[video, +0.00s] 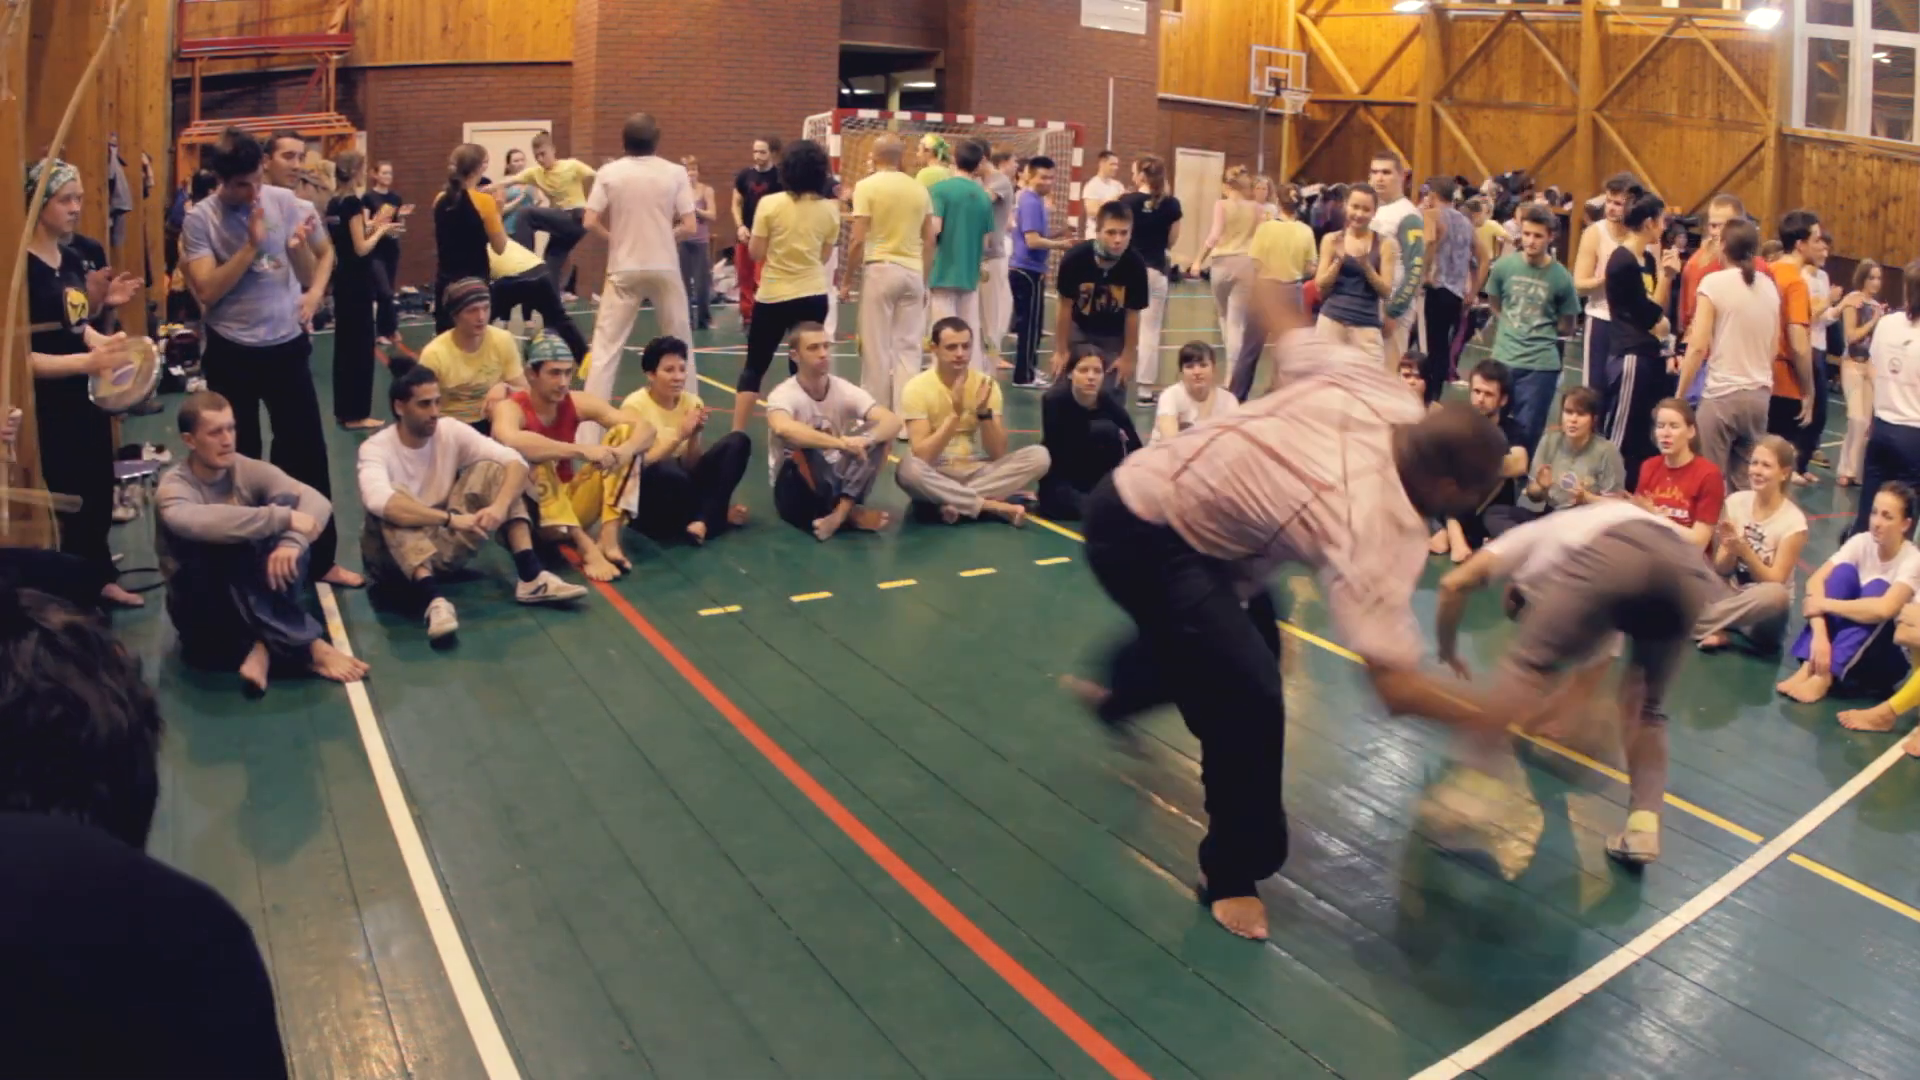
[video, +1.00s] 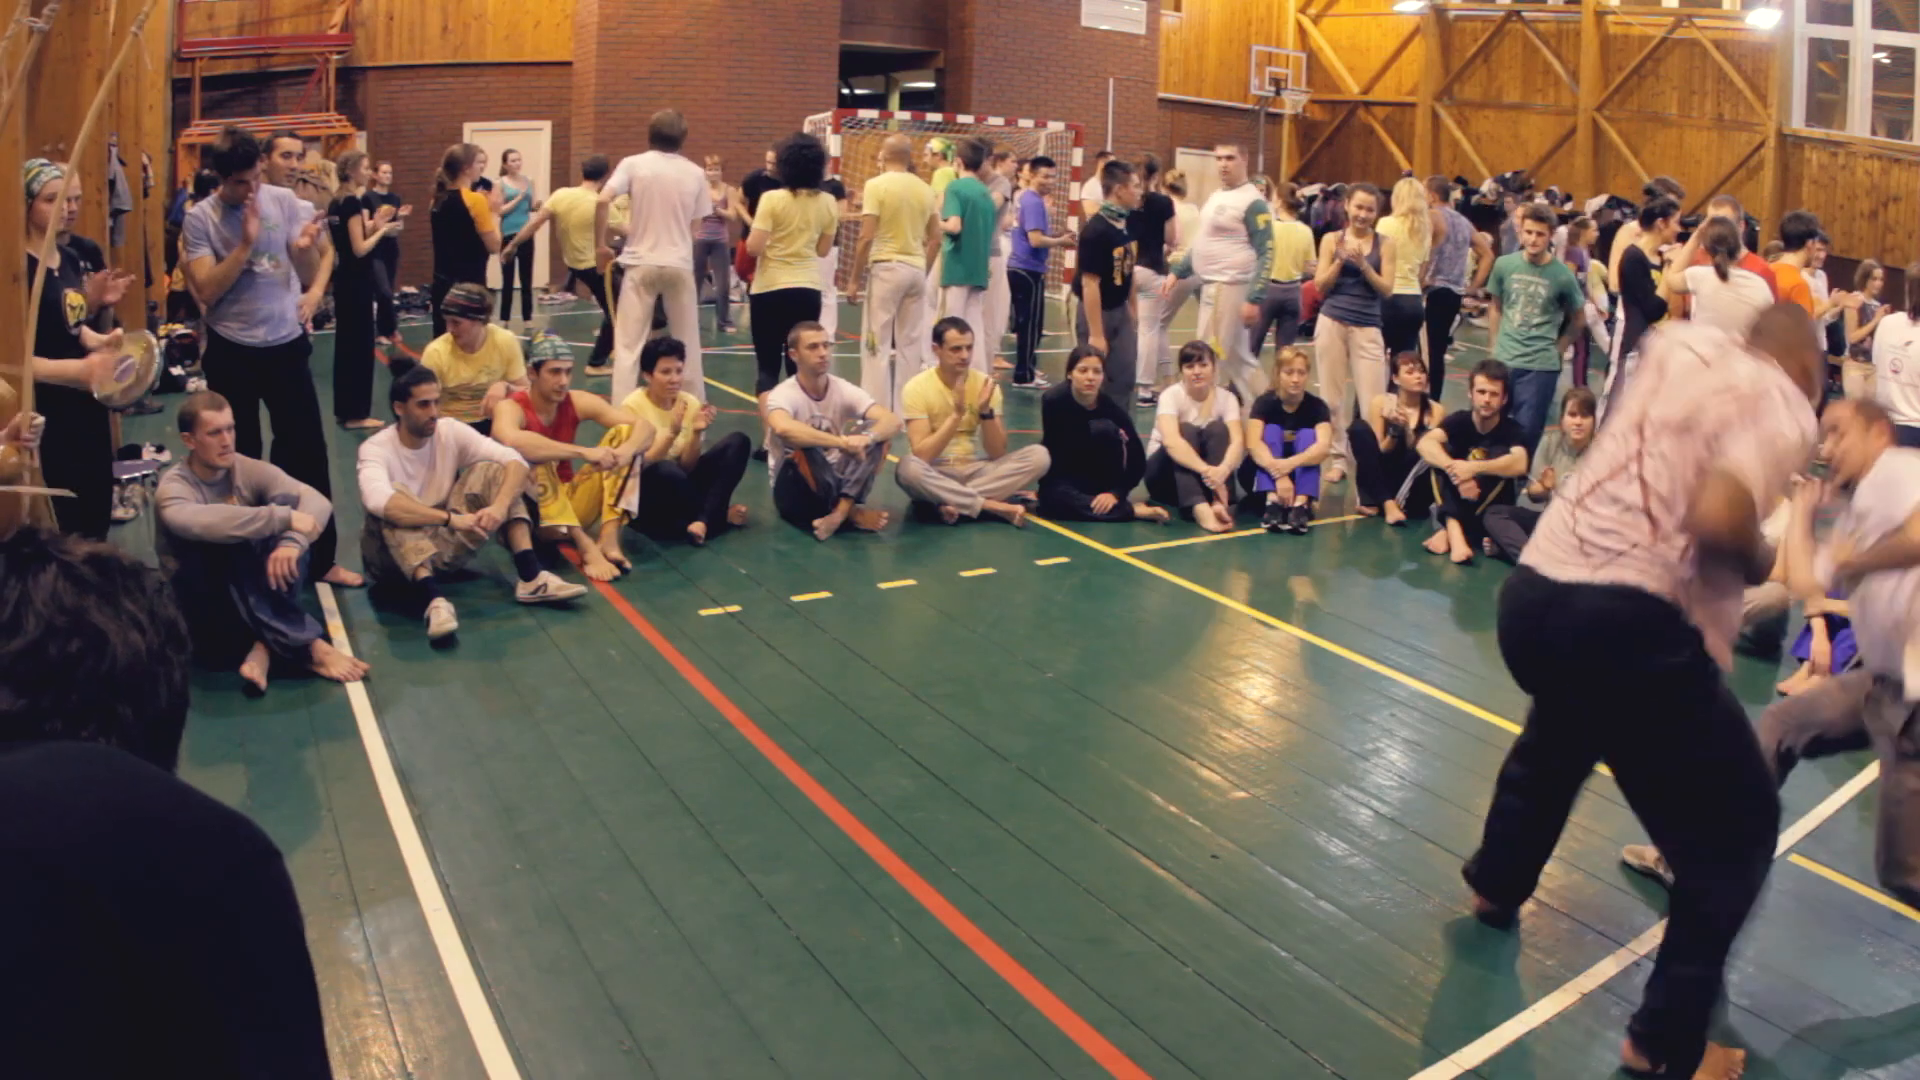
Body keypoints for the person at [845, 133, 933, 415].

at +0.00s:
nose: (869, 159)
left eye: (871, 155)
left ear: (874, 157)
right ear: (901, 158)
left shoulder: (867, 186)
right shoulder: (919, 188)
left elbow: (858, 239)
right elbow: (929, 237)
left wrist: (847, 279)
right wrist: (924, 277)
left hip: (879, 266)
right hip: (912, 267)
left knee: (876, 347)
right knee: (908, 348)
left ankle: (877, 420)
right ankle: (906, 420)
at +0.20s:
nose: (863, 161)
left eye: (864, 157)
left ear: (867, 159)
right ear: (894, 157)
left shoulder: (859, 189)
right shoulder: (914, 188)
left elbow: (852, 242)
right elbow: (926, 234)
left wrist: (843, 283)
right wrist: (916, 264)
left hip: (875, 267)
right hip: (909, 267)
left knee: (873, 345)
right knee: (905, 344)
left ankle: (878, 417)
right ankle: (906, 414)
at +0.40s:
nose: (861, 161)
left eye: (863, 157)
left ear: (866, 159)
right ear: (893, 156)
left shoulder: (858, 189)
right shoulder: (913, 188)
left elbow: (851, 242)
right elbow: (925, 235)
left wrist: (841, 284)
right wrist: (914, 266)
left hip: (874, 266)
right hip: (908, 266)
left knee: (873, 346)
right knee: (905, 345)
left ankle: (878, 417)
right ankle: (906, 414)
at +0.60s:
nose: (863, 161)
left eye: (865, 156)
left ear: (868, 158)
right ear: (895, 157)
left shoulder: (861, 188)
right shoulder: (914, 188)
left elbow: (853, 240)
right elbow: (924, 235)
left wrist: (842, 283)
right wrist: (919, 270)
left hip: (878, 265)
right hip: (911, 265)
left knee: (875, 345)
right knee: (909, 345)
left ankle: (877, 414)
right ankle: (906, 412)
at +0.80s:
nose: (870, 157)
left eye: (872, 153)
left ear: (875, 156)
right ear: (901, 158)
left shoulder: (868, 186)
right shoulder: (918, 188)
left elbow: (860, 238)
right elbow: (929, 235)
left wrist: (847, 280)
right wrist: (921, 271)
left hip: (883, 266)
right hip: (914, 266)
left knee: (877, 343)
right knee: (911, 345)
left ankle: (877, 412)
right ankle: (907, 412)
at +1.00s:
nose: (878, 157)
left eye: (880, 154)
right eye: (881, 153)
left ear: (883, 157)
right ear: (908, 158)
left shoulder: (876, 185)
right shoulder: (925, 189)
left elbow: (867, 237)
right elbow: (935, 236)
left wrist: (854, 279)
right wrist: (922, 271)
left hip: (886, 265)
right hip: (916, 266)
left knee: (877, 343)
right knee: (910, 344)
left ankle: (878, 413)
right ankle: (908, 412)